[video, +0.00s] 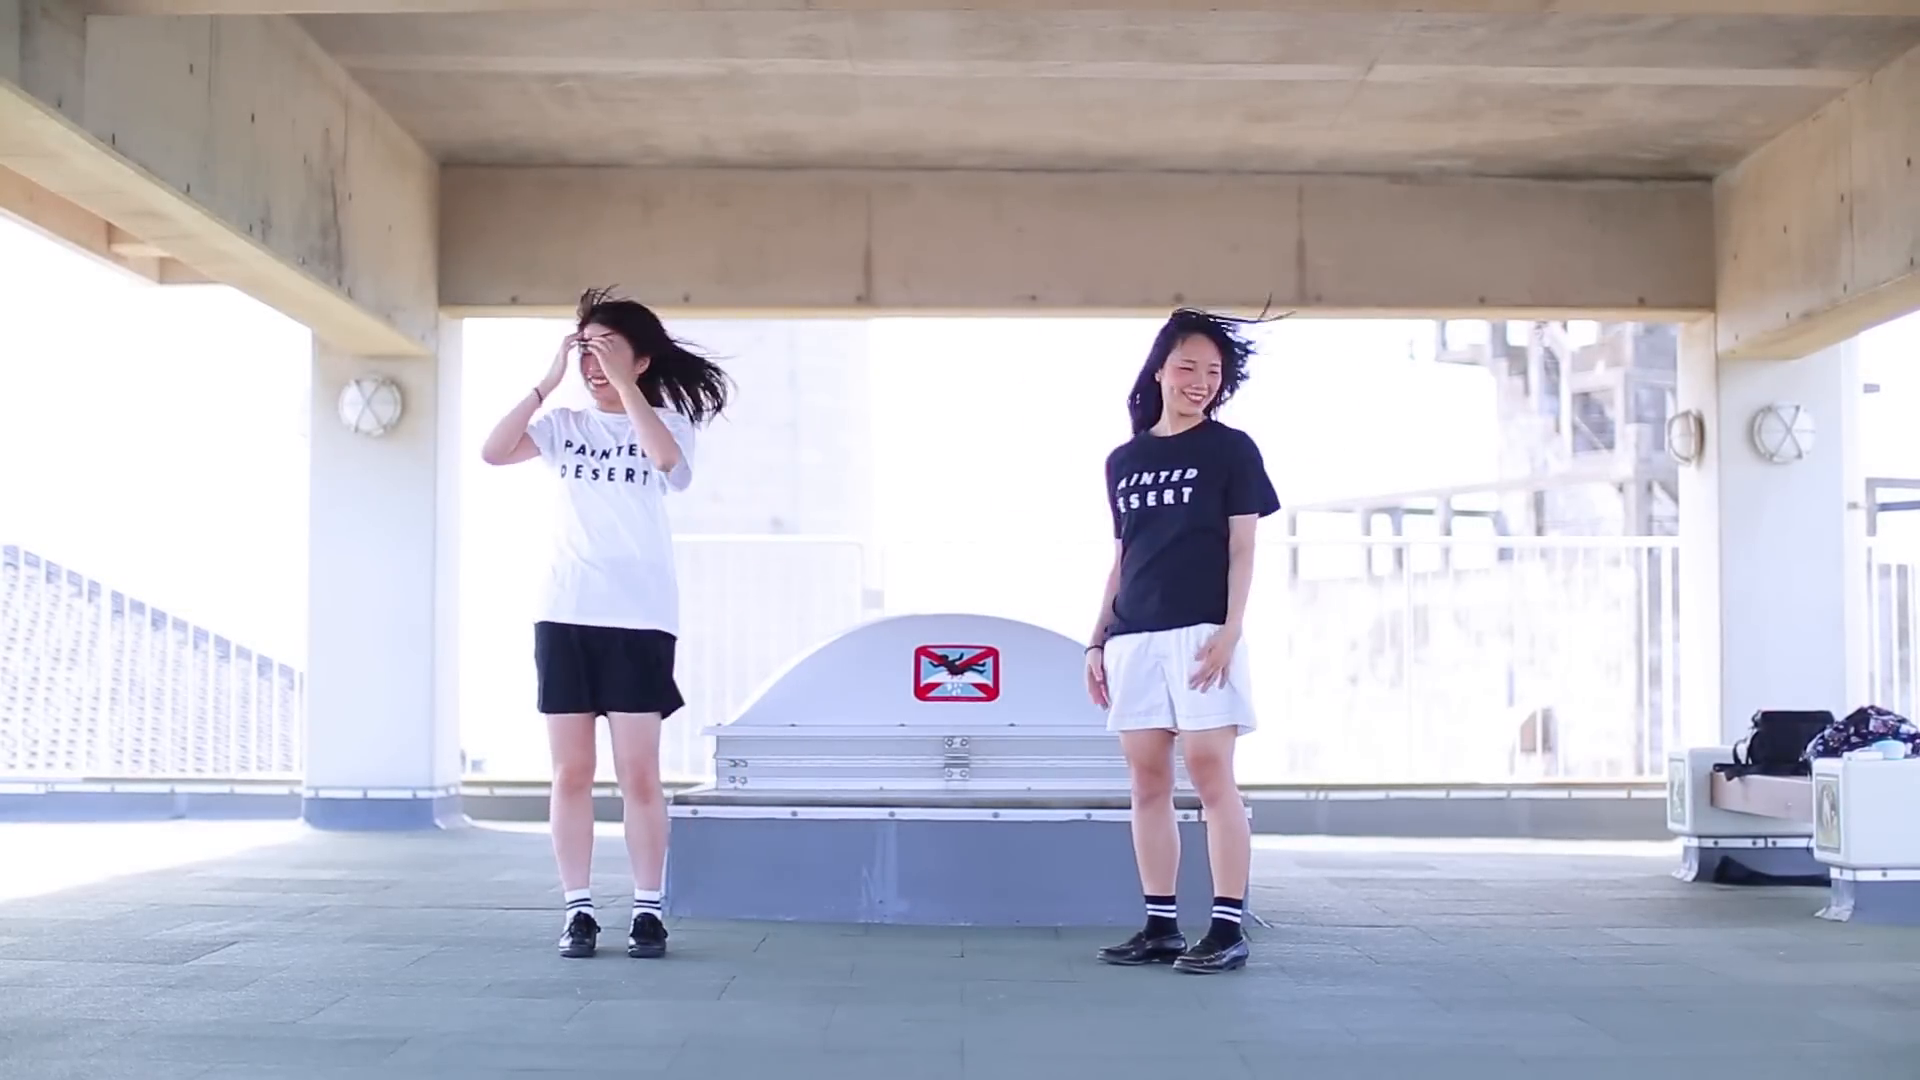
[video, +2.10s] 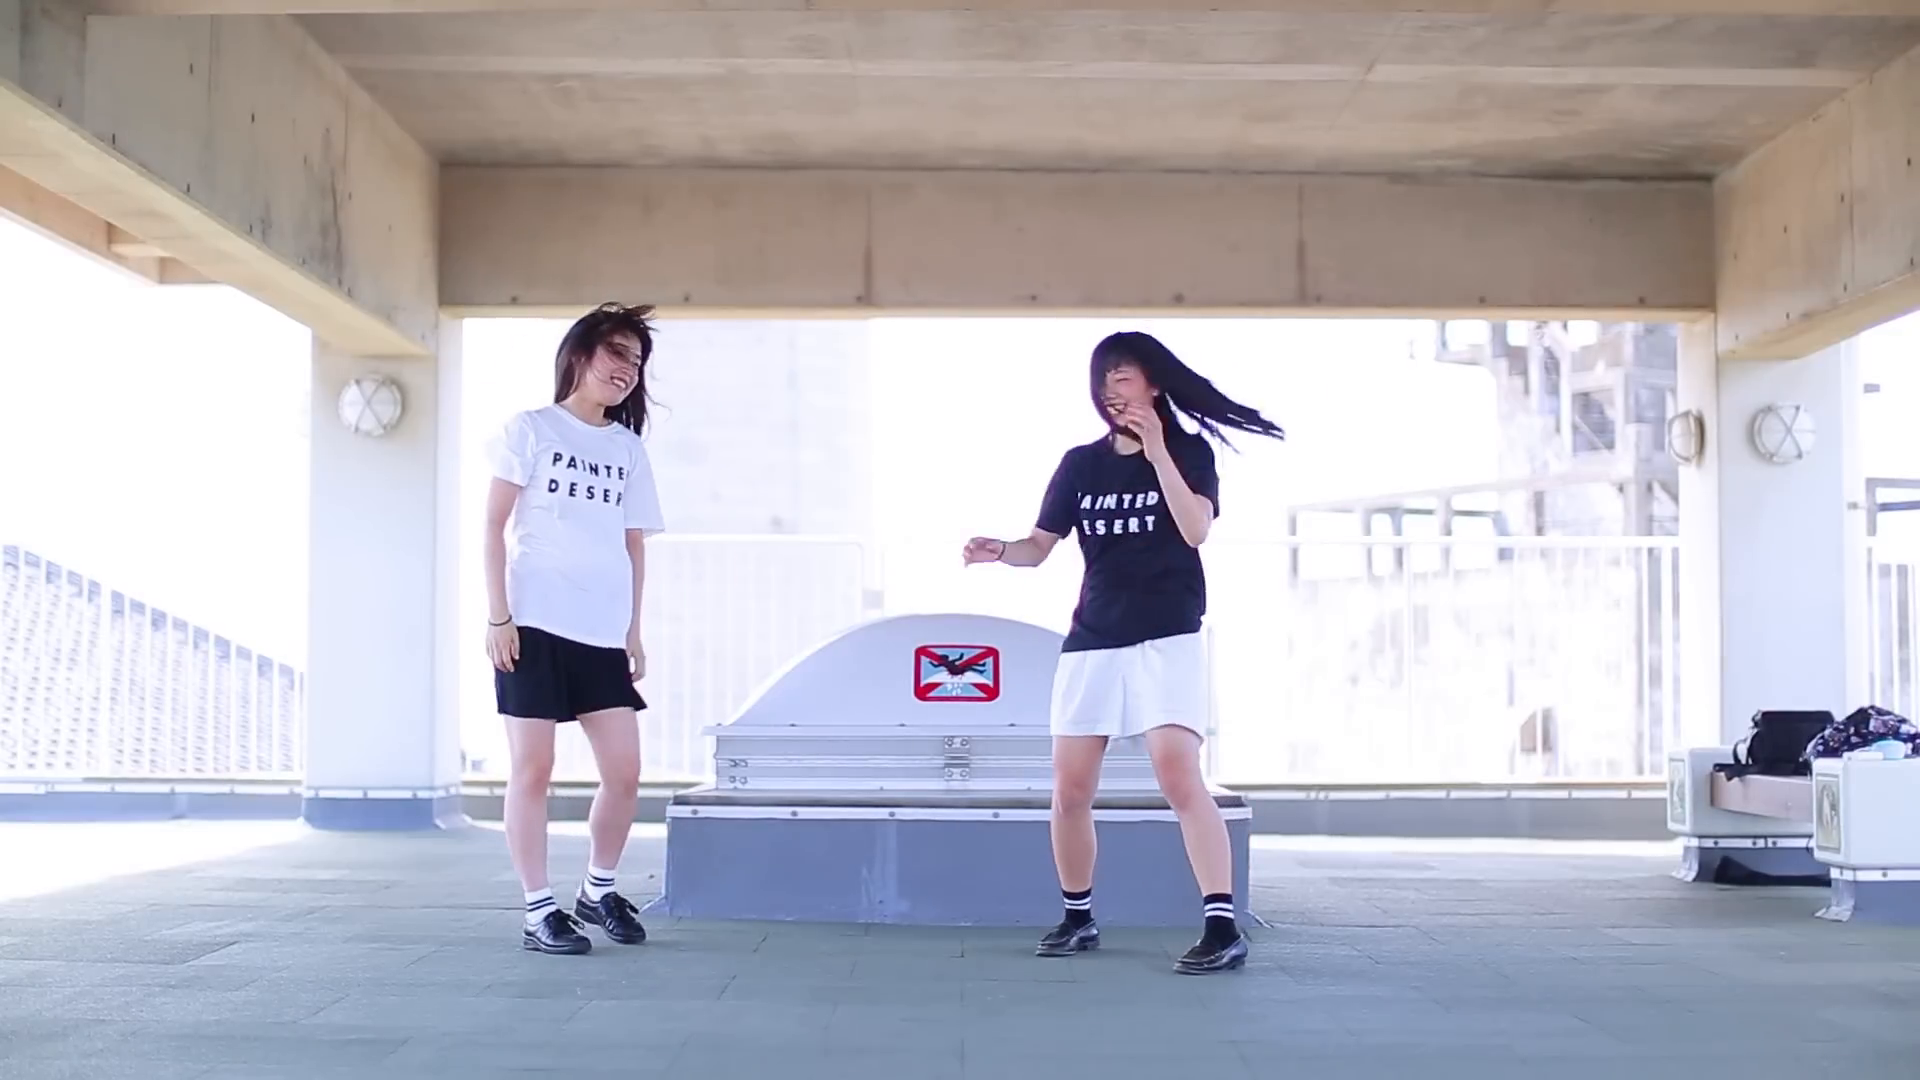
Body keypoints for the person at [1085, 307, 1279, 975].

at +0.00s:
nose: (1198, 379)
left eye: (1211, 369)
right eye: (1186, 365)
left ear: (1222, 380)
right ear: (1159, 369)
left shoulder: (1232, 448)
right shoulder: (1123, 460)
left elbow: (1242, 549)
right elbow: (1123, 556)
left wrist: (1230, 632)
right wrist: (1097, 642)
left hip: (1202, 633)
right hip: (1132, 638)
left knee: (1210, 776)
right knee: (1147, 779)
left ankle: (1228, 929)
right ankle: (1159, 928)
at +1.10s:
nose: (1117, 380)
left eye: (1123, 369)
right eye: (1117, 368)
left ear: (1157, 373)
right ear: (1151, 370)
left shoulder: (1224, 440)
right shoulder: (1133, 450)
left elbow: (1231, 550)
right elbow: (1121, 548)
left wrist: (1211, 633)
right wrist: (1097, 635)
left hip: (1196, 633)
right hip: (1130, 639)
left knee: (1200, 777)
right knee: (1146, 781)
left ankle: (1227, 930)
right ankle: (1160, 927)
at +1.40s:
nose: (1062, 456)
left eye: (1065, 441)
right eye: (1057, 443)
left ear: (1101, 430)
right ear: (1095, 436)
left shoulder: (1193, 469)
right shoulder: (1105, 491)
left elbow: (1261, 546)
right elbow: (1143, 563)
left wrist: (1309, 622)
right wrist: (1160, 630)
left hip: (1240, 636)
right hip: (1174, 641)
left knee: (1220, 775)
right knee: (1165, 777)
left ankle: (1230, 931)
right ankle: (1162, 928)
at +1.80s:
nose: (1099, 411)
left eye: (1107, 398)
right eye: (1094, 399)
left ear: (1141, 391)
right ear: (1095, 399)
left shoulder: (1203, 457)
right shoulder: (1120, 462)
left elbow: (1238, 557)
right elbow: (1137, 555)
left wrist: (1218, 633)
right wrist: (1133, 625)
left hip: (1216, 631)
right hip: (1147, 634)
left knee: (1208, 777)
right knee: (1131, 783)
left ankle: (1230, 928)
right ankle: (1138, 919)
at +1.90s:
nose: (1119, 396)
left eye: (1130, 382)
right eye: (1111, 385)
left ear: (1165, 381)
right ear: (1105, 391)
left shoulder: (1211, 454)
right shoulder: (1110, 460)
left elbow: (1227, 553)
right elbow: (1110, 551)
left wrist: (1180, 581)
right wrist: (1085, 633)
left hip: (1202, 636)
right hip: (1129, 637)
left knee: (1202, 780)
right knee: (1108, 787)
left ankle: (1227, 929)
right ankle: (1103, 917)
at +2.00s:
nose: (1122, 390)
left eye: (1134, 377)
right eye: (1115, 380)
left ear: (1169, 380)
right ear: (1109, 389)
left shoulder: (1206, 455)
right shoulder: (1099, 460)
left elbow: (1213, 548)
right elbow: (1075, 547)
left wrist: (1167, 510)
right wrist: (1028, 606)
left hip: (1186, 639)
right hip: (1112, 641)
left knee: (1191, 782)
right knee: (1086, 795)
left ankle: (1226, 929)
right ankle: (1078, 918)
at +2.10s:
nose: (1114, 391)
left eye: (1126, 379)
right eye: (1105, 382)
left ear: (1156, 383)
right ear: (1097, 392)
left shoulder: (1187, 452)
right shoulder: (1081, 463)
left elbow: (1197, 530)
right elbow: (1037, 550)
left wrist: (1158, 454)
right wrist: (1002, 550)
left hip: (1169, 637)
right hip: (1092, 640)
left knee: (1178, 775)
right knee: (1069, 790)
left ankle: (1221, 926)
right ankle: (1078, 919)